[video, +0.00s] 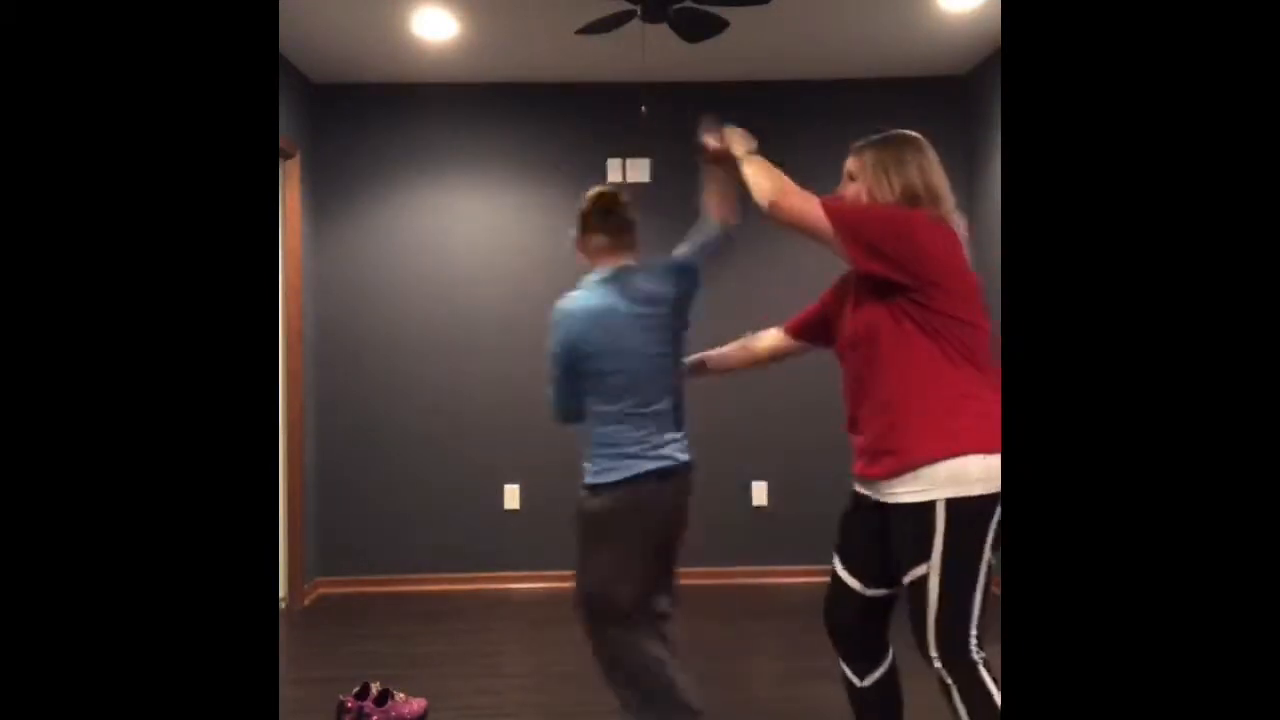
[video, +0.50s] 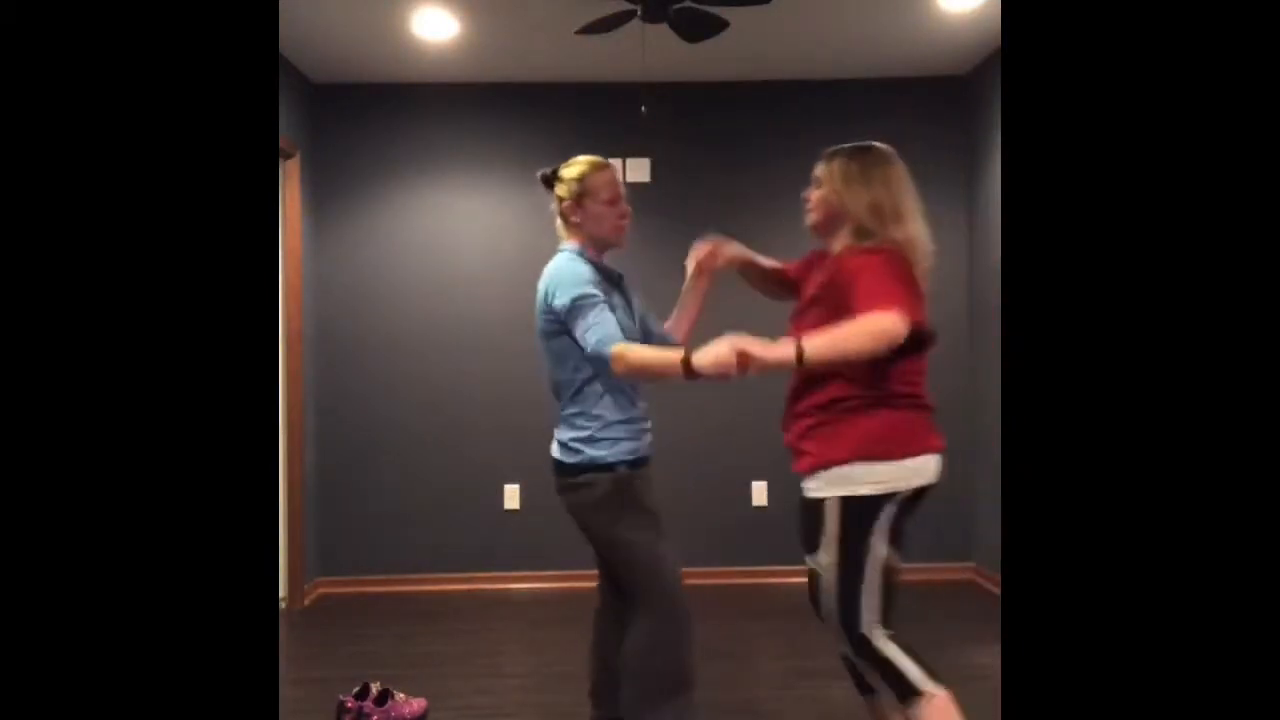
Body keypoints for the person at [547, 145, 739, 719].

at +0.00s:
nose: (579, 248)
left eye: (579, 241)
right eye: (585, 240)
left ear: (585, 243)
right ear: (632, 238)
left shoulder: (573, 311)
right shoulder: (669, 280)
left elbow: (567, 408)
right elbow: (720, 222)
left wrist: (610, 368)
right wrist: (714, 159)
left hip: (612, 486)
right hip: (672, 476)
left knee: (609, 615)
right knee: (652, 607)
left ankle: (672, 709)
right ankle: (652, 704)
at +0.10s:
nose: (632, 238)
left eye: (629, 227)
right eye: (626, 228)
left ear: (571, 237)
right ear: (603, 234)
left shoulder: (544, 308)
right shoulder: (636, 287)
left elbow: (569, 388)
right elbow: (737, 276)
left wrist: (651, 359)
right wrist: (757, 209)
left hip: (597, 486)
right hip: (668, 478)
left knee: (605, 606)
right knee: (678, 599)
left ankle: (654, 699)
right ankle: (684, 698)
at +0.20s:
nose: (626, 235)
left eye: (623, 223)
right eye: (618, 224)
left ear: (568, 232)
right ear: (585, 231)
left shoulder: (544, 297)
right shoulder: (610, 283)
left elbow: (593, 387)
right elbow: (713, 305)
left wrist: (658, 367)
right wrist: (770, 244)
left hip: (586, 482)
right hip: (645, 478)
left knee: (619, 609)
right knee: (677, 609)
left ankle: (611, 710)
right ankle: (675, 710)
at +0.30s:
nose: (624, 226)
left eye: (621, 214)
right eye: (613, 215)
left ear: (571, 223)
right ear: (580, 222)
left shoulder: (561, 279)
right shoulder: (588, 278)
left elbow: (608, 382)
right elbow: (685, 323)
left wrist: (670, 356)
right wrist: (754, 284)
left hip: (586, 469)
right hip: (617, 472)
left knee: (621, 607)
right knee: (663, 609)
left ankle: (614, 708)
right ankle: (676, 707)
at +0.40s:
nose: (623, 217)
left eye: (620, 206)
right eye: (611, 207)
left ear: (579, 217)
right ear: (574, 215)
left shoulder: (578, 273)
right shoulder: (573, 276)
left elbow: (633, 365)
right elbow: (637, 349)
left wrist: (701, 330)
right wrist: (714, 324)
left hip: (591, 464)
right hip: (598, 468)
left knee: (614, 602)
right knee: (671, 583)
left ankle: (615, 709)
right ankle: (676, 706)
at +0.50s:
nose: (624, 210)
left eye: (623, 199)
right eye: (610, 202)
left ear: (614, 206)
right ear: (573, 211)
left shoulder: (602, 276)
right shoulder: (569, 275)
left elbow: (665, 345)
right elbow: (618, 356)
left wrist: (699, 280)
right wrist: (694, 361)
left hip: (620, 465)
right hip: (596, 470)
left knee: (624, 601)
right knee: (661, 601)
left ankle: (612, 707)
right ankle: (656, 709)